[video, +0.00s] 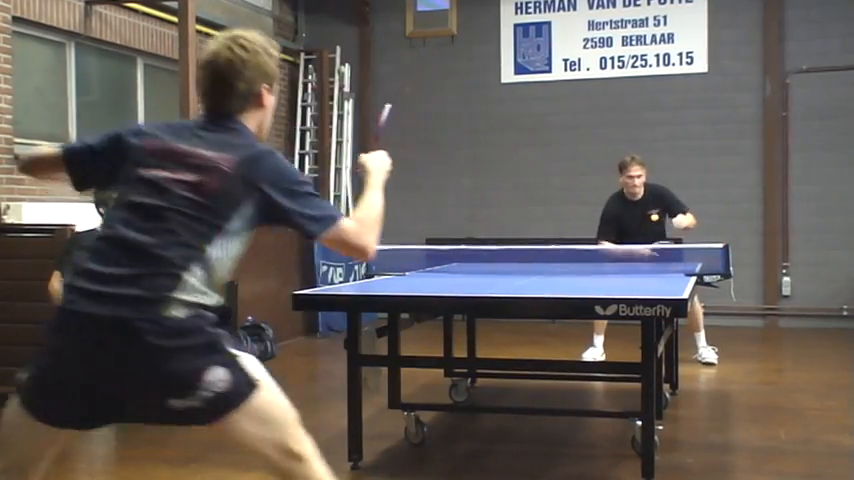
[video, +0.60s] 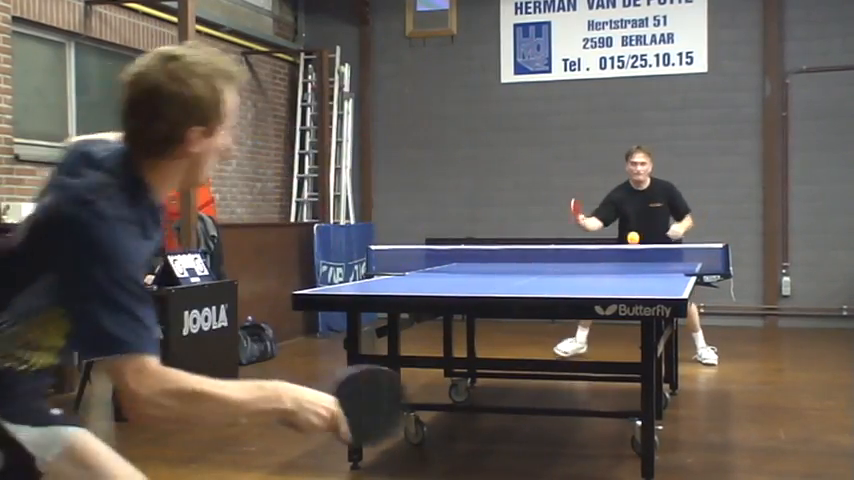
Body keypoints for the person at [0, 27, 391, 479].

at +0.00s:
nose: (276, 99)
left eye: (277, 90)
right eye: (276, 90)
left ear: (205, 91)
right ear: (264, 95)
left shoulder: (141, 139)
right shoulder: (259, 163)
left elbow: (35, 164)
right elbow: (364, 243)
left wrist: (26, 153)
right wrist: (376, 176)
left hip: (79, 340)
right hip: (172, 348)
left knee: (10, 462)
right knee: (295, 454)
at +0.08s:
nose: (247, 85)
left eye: (247, 73)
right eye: (249, 74)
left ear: (179, 72)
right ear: (237, 77)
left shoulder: (117, 118)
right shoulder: (227, 143)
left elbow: (13, 137)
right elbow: (333, 235)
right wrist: (356, 175)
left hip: (30, 302)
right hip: (116, 315)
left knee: (40, 455)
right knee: (253, 450)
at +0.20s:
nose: (211, 88)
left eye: (211, 76)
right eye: (211, 76)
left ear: (138, 75)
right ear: (197, 81)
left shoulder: (76, 122)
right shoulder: (180, 150)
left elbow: (0, 139)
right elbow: (282, 262)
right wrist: (321, 208)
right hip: (50, 331)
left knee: (82, 467)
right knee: (176, 473)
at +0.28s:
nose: (180, 118)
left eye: (183, 106)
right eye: (182, 106)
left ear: (107, 100)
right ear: (166, 111)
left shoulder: (28, 156)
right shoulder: (139, 186)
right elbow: (231, 315)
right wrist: (285, 262)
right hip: (15, 378)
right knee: (127, 472)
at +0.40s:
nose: (140, 166)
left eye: (142, 154)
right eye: (141, 154)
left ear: (61, 142)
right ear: (117, 159)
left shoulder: (11, 193)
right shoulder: (68, 238)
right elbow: (146, 379)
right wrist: (238, 326)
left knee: (101, 472)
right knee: (103, 475)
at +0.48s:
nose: (151, 165)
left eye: (153, 152)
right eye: (151, 153)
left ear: (69, 146)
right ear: (124, 161)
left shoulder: (15, 189)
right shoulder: (61, 241)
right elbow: (126, 398)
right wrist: (237, 364)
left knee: (104, 471)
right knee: (108, 475)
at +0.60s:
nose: (230, 145)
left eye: (230, 128)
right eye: (226, 129)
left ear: (144, 122)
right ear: (194, 139)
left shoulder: (93, 158)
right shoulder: (102, 226)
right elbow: (142, 391)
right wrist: (281, 399)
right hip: (14, 398)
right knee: (123, 474)